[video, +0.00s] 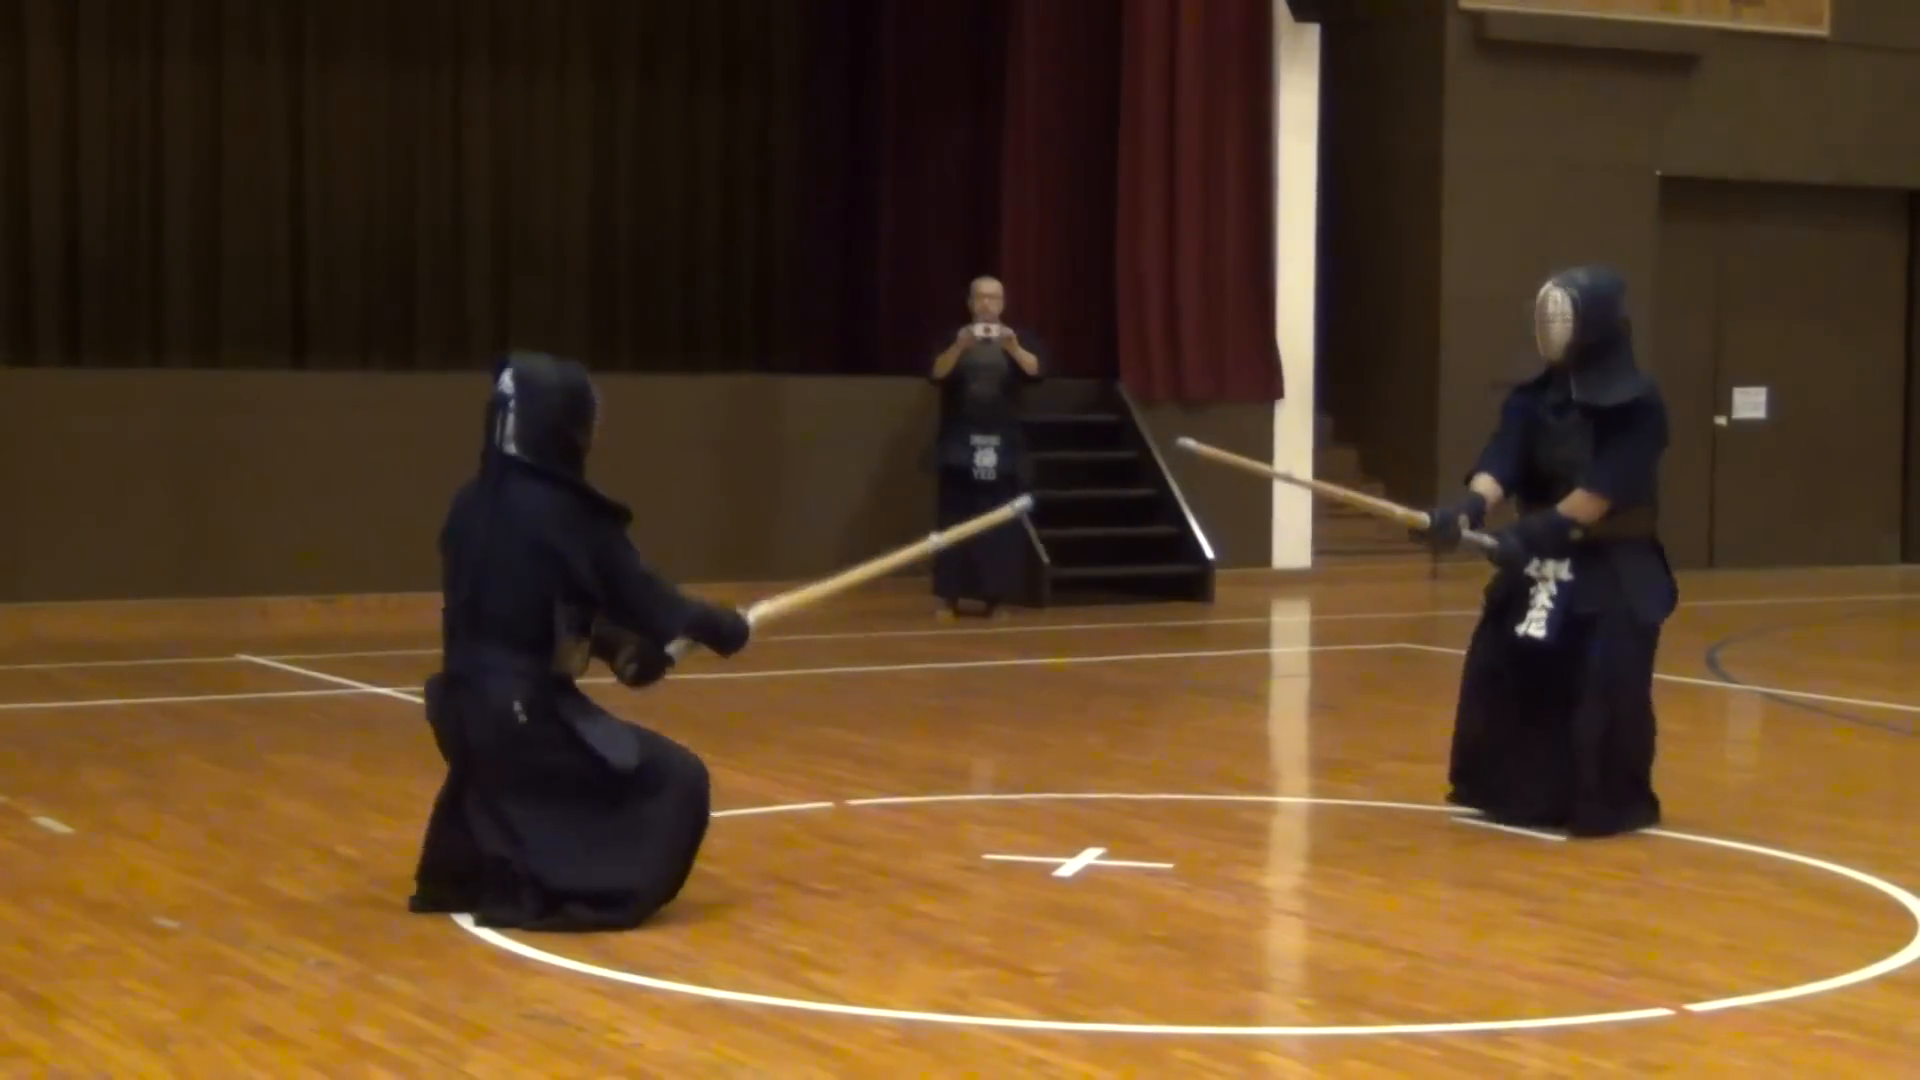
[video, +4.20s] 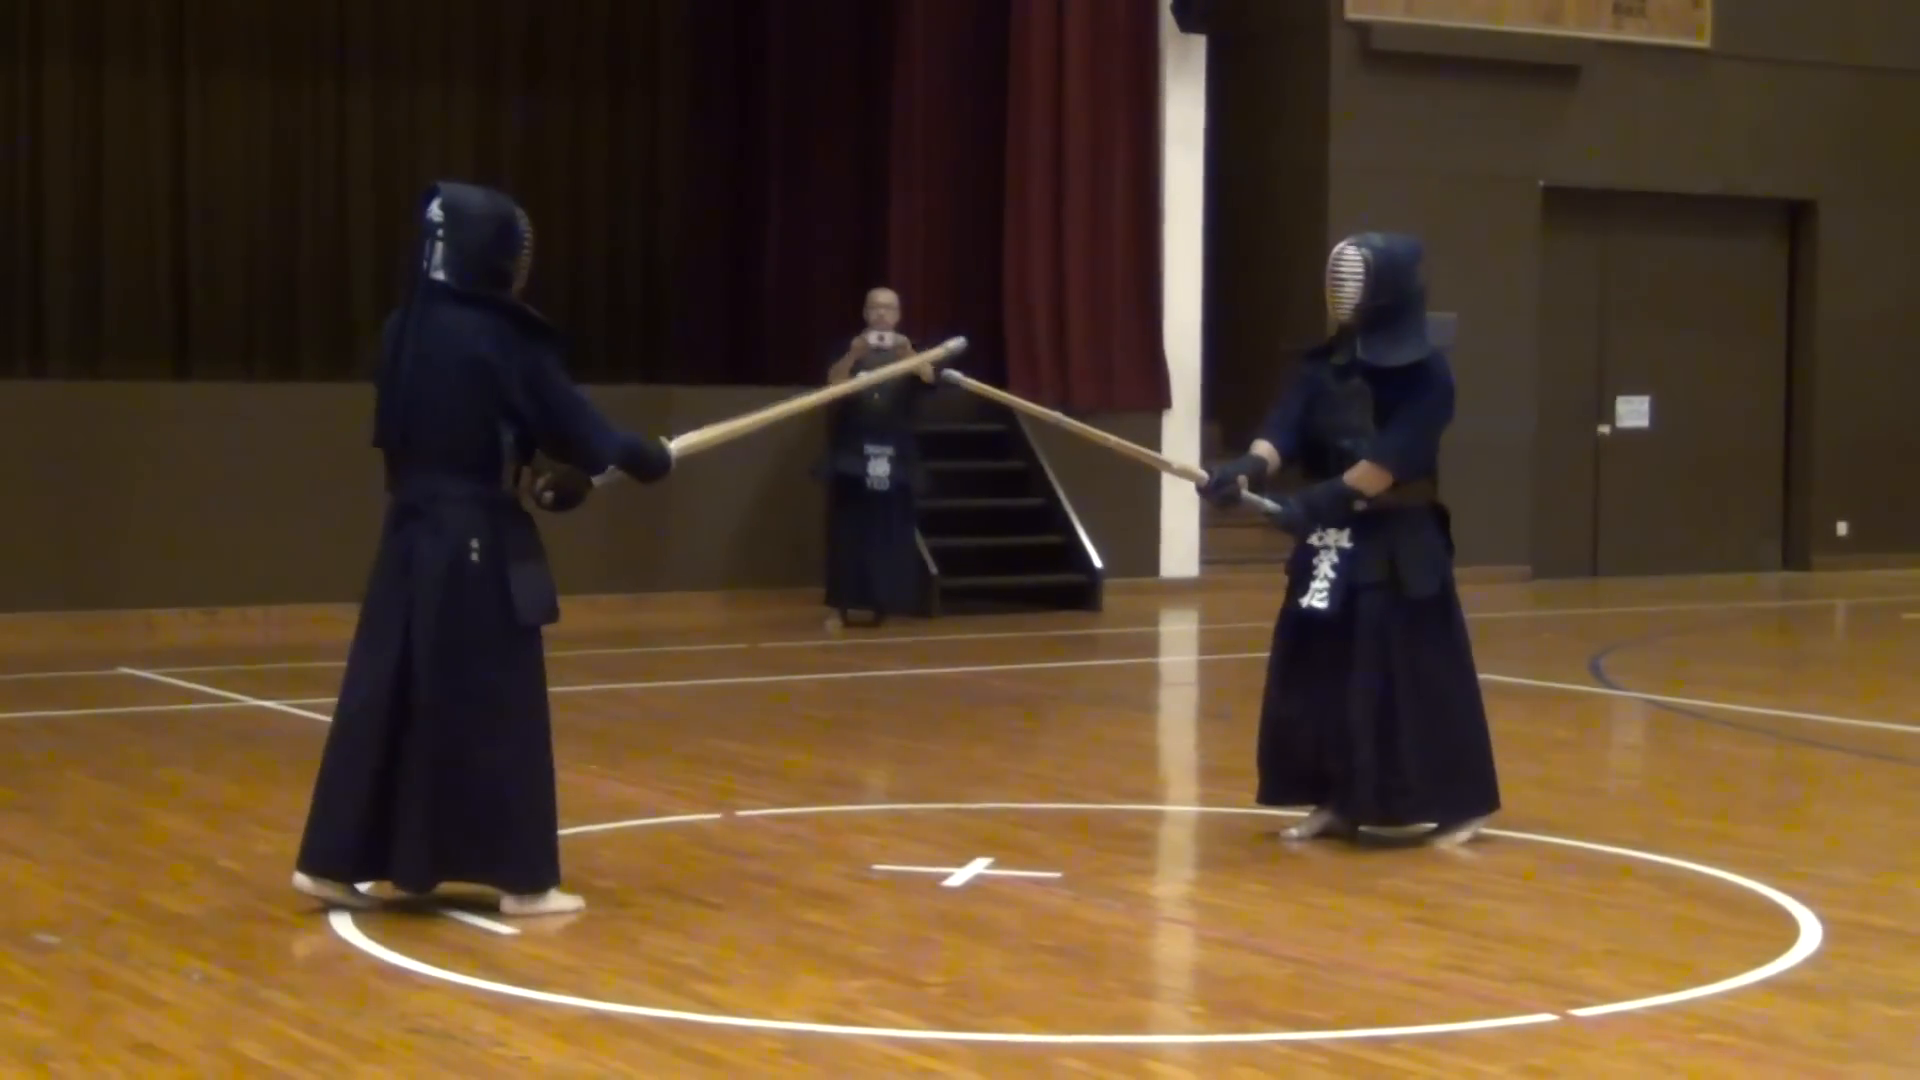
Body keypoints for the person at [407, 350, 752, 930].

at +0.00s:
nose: (591, 433)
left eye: (588, 419)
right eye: (584, 420)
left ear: (507, 422)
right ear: (564, 428)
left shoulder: (471, 505)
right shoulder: (572, 514)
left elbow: (523, 599)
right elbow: (646, 602)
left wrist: (611, 639)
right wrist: (723, 627)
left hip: (456, 707)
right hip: (527, 717)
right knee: (677, 777)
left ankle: (453, 876)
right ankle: (599, 890)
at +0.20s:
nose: (597, 332)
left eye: (595, 318)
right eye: (589, 320)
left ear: (514, 322)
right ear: (563, 327)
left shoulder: (472, 401)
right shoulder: (569, 411)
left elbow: (544, 495)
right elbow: (641, 491)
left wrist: (611, 540)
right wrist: (718, 525)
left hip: (461, 609)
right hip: (527, 614)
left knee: (473, 739)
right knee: (631, 737)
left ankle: (462, 878)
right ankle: (591, 877)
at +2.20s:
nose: (617, 265)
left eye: (617, 251)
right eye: (611, 251)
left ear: (533, 250)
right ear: (585, 255)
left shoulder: (486, 330)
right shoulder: (583, 335)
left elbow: (518, 448)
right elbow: (643, 423)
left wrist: (612, 479)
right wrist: (716, 452)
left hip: (492, 540)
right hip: (560, 544)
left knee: (468, 695)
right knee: (585, 709)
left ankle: (402, 860)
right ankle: (585, 888)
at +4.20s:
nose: (525, 263)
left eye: (523, 249)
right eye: (518, 250)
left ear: (446, 253)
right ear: (496, 258)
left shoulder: (408, 328)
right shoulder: (503, 337)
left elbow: (407, 439)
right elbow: (571, 425)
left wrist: (519, 471)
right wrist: (644, 455)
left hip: (409, 541)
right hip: (479, 545)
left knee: (382, 694)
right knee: (507, 709)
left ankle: (331, 861)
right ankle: (525, 884)